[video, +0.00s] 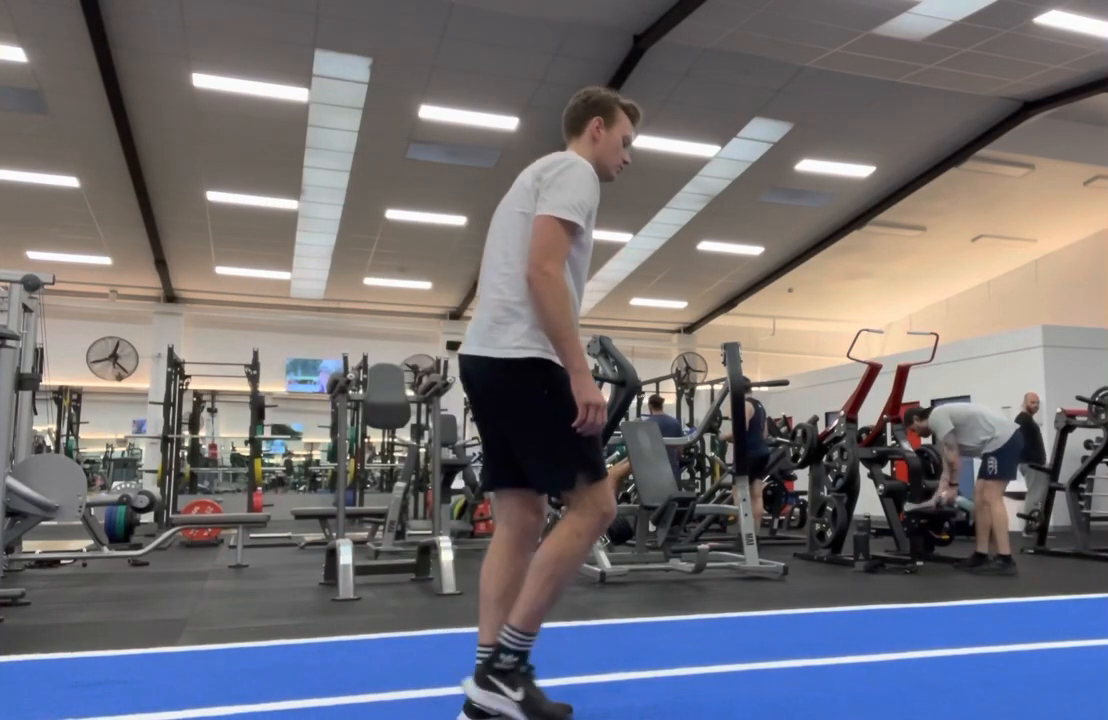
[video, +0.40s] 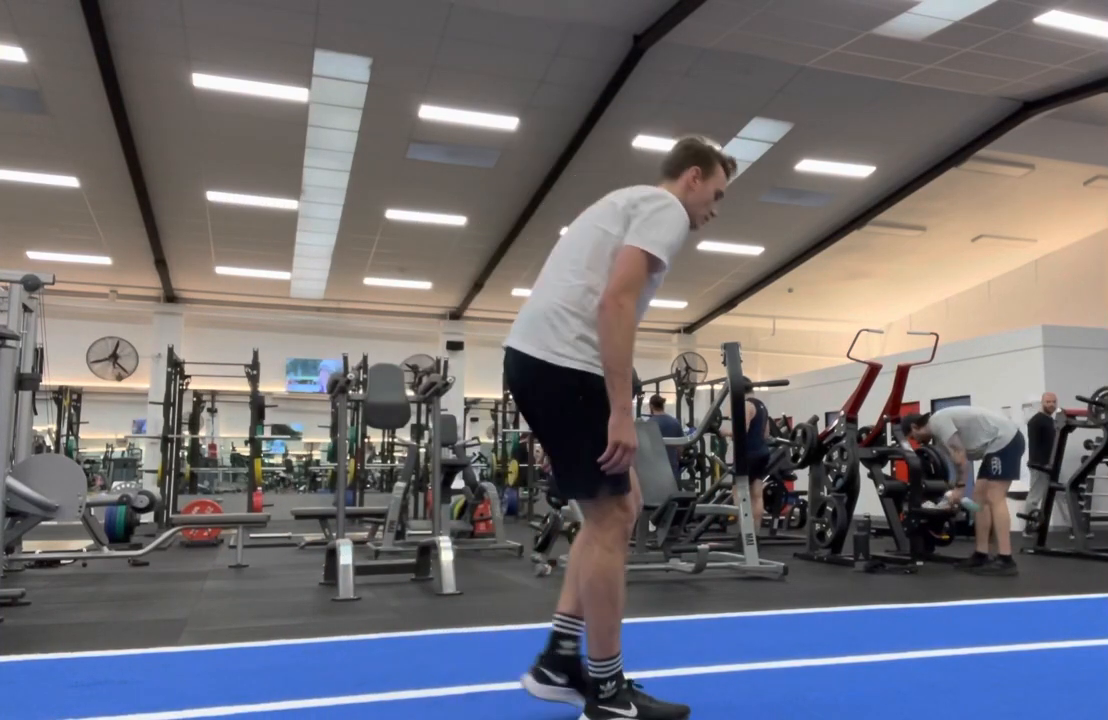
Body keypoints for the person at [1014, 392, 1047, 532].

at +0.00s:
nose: (1035, 405)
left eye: (1037, 403)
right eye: (1032, 402)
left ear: (1039, 404)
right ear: (1025, 403)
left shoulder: (1029, 420)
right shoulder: (1024, 420)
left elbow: (1030, 443)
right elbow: (1023, 443)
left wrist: (1041, 461)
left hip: (1035, 463)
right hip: (1030, 463)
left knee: (1037, 495)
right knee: (1036, 494)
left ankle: (1034, 526)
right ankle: (1030, 527)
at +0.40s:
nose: (1051, 405)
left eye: (1053, 402)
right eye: (1048, 402)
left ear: (1056, 403)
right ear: (1042, 403)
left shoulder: (1050, 421)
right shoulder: (1040, 421)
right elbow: (1036, 444)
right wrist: (1041, 462)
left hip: (1044, 465)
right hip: (1040, 465)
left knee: (1039, 497)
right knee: (1035, 497)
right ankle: (1030, 527)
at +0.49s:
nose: (1055, 403)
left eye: (1057, 401)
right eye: (1052, 401)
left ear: (1061, 402)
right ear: (1047, 402)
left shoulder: (1063, 420)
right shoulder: (1039, 420)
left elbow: (1070, 428)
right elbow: (1034, 442)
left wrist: (1068, 417)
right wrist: (1039, 462)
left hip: (1060, 464)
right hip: (1043, 464)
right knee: (1037, 495)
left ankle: (1074, 527)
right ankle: (1030, 527)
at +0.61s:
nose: (1058, 403)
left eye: (1061, 400)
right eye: (1055, 400)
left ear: (1066, 401)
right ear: (1051, 401)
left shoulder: (1069, 420)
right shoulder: (1042, 419)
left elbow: (1071, 444)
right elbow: (1035, 441)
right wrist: (1037, 462)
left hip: (1064, 463)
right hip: (1045, 462)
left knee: (1069, 495)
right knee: (1040, 493)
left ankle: (1075, 527)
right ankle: (1032, 524)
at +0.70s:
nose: (1062, 402)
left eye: (1065, 399)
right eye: (1059, 399)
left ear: (1070, 401)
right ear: (1055, 401)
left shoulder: (1073, 421)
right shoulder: (1045, 420)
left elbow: (1079, 444)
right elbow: (1037, 443)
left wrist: (1085, 463)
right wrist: (1036, 464)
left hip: (1068, 464)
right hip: (1047, 464)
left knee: (1071, 498)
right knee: (1042, 497)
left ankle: (1075, 530)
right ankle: (1033, 526)